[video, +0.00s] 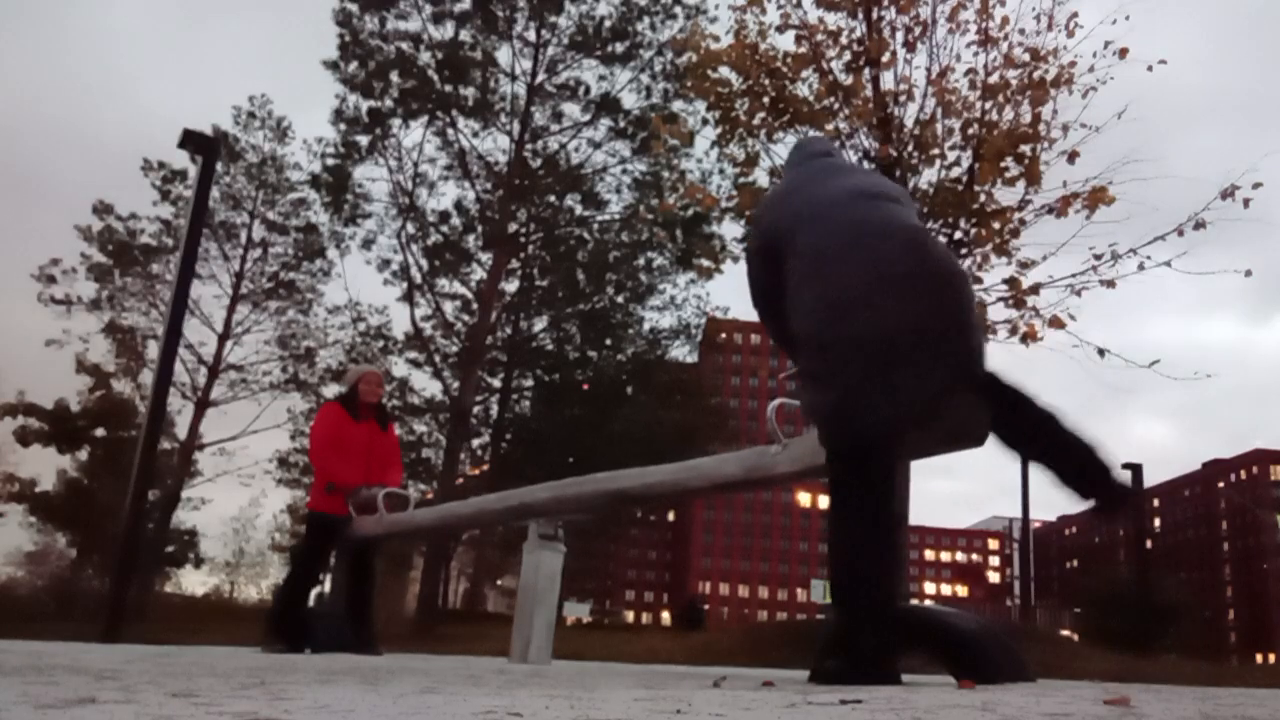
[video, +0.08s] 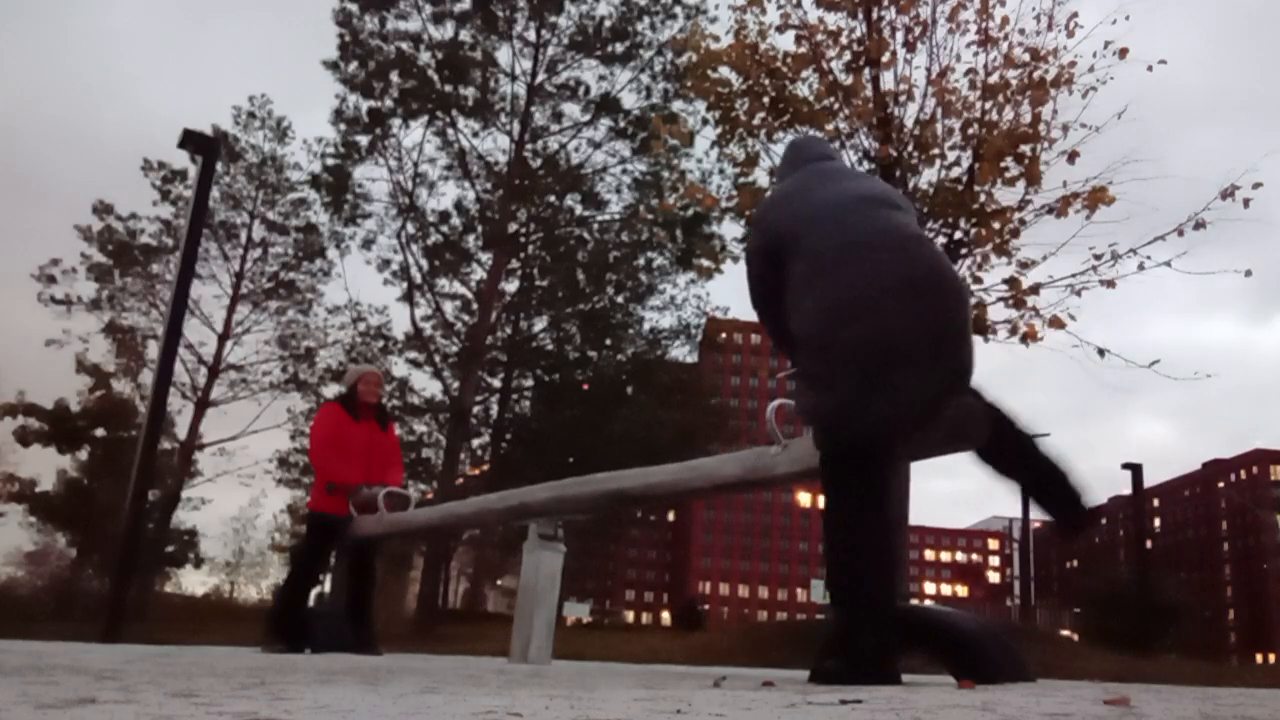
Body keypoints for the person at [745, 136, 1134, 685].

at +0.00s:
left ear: (787, 172)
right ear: (837, 159)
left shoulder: (770, 211)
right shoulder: (881, 185)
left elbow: (769, 304)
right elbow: (918, 259)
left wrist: (812, 354)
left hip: (851, 360)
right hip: (936, 338)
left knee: (860, 504)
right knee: (990, 396)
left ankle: (862, 644)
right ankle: (1101, 484)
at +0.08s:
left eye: (774, 177)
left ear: (784, 173)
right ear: (835, 160)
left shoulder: (771, 213)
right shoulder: (878, 187)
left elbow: (768, 303)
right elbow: (913, 263)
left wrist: (806, 358)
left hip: (851, 367)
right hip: (938, 347)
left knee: (857, 514)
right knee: (972, 415)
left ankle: (863, 649)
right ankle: (1065, 502)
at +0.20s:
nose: (772, 188)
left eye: (774, 180)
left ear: (781, 176)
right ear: (831, 162)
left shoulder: (773, 217)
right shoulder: (881, 194)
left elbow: (771, 310)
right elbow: (914, 271)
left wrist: (808, 355)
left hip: (846, 369)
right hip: (934, 354)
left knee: (845, 509)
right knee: (952, 439)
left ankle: (861, 647)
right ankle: (1021, 542)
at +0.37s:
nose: (774, 194)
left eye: (775, 186)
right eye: (776, 187)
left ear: (785, 178)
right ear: (837, 163)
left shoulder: (781, 220)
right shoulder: (883, 197)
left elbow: (784, 314)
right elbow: (925, 276)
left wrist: (815, 361)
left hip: (856, 354)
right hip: (941, 342)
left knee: (842, 494)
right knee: (928, 460)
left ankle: (859, 638)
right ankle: (971, 590)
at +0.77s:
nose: (832, 204)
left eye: (836, 196)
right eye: (835, 197)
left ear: (852, 191)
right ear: (899, 188)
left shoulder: (848, 233)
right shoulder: (929, 233)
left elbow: (822, 311)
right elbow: (934, 318)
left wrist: (833, 376)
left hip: (895, 386)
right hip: (971, 382)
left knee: (838, 510)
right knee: (926, 508)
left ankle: (863, 648)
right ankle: (982, 634)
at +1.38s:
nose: (858, 254)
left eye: (869, 243)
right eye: (864, 242)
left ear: (886, 251)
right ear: (926, 254)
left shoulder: (867, 298)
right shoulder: (953, 303)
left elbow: (834, 380)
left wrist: (835, 439)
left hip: (913, 443)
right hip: (991, 448)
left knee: (804, 533)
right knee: (916, 546)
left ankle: (869, 649)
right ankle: (988, 652)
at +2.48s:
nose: (842, 209)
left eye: (846, 200)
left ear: (861, 196)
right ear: (910, 193)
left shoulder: (859, 231)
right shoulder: (939, 232)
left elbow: (838, 317)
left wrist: (836, 361)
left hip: (912, 366)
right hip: (988, 367)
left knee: (836, 481)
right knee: (923, 484)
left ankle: (852, 643)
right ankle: (976, 631)